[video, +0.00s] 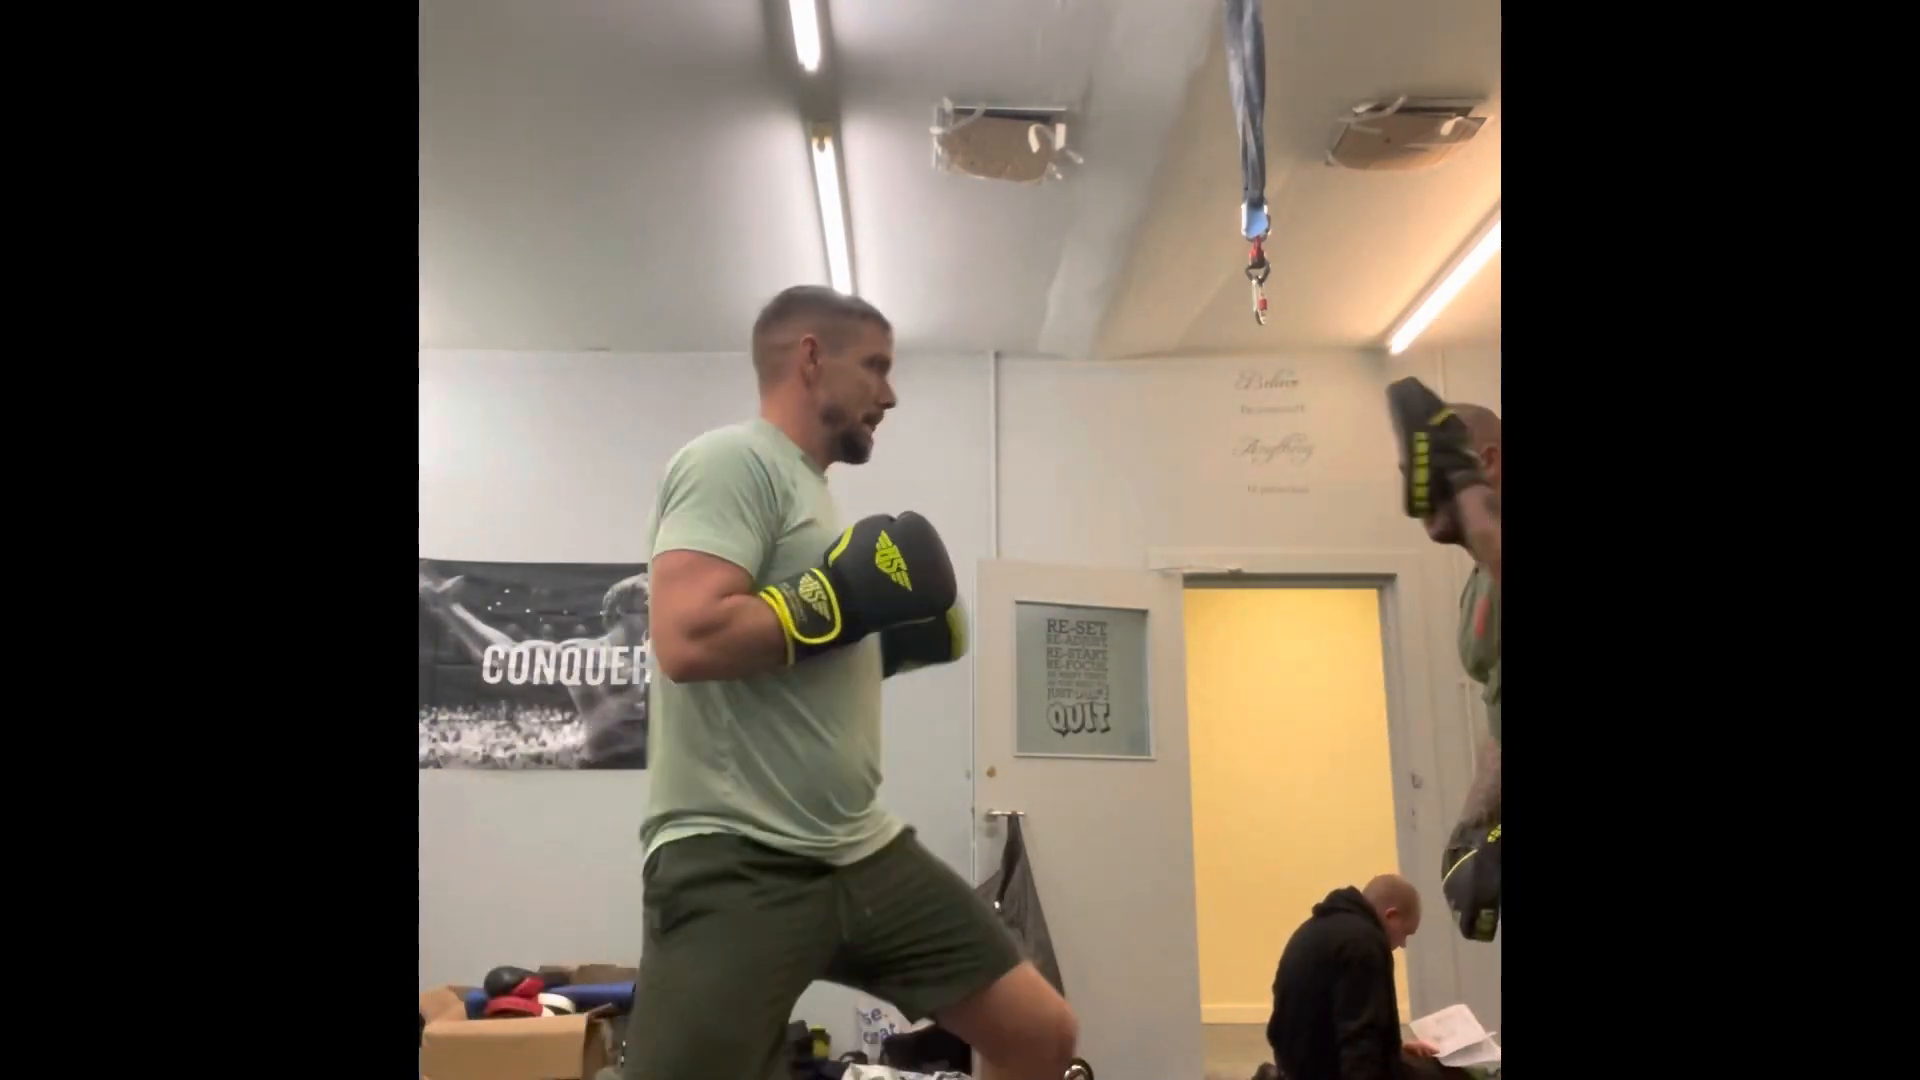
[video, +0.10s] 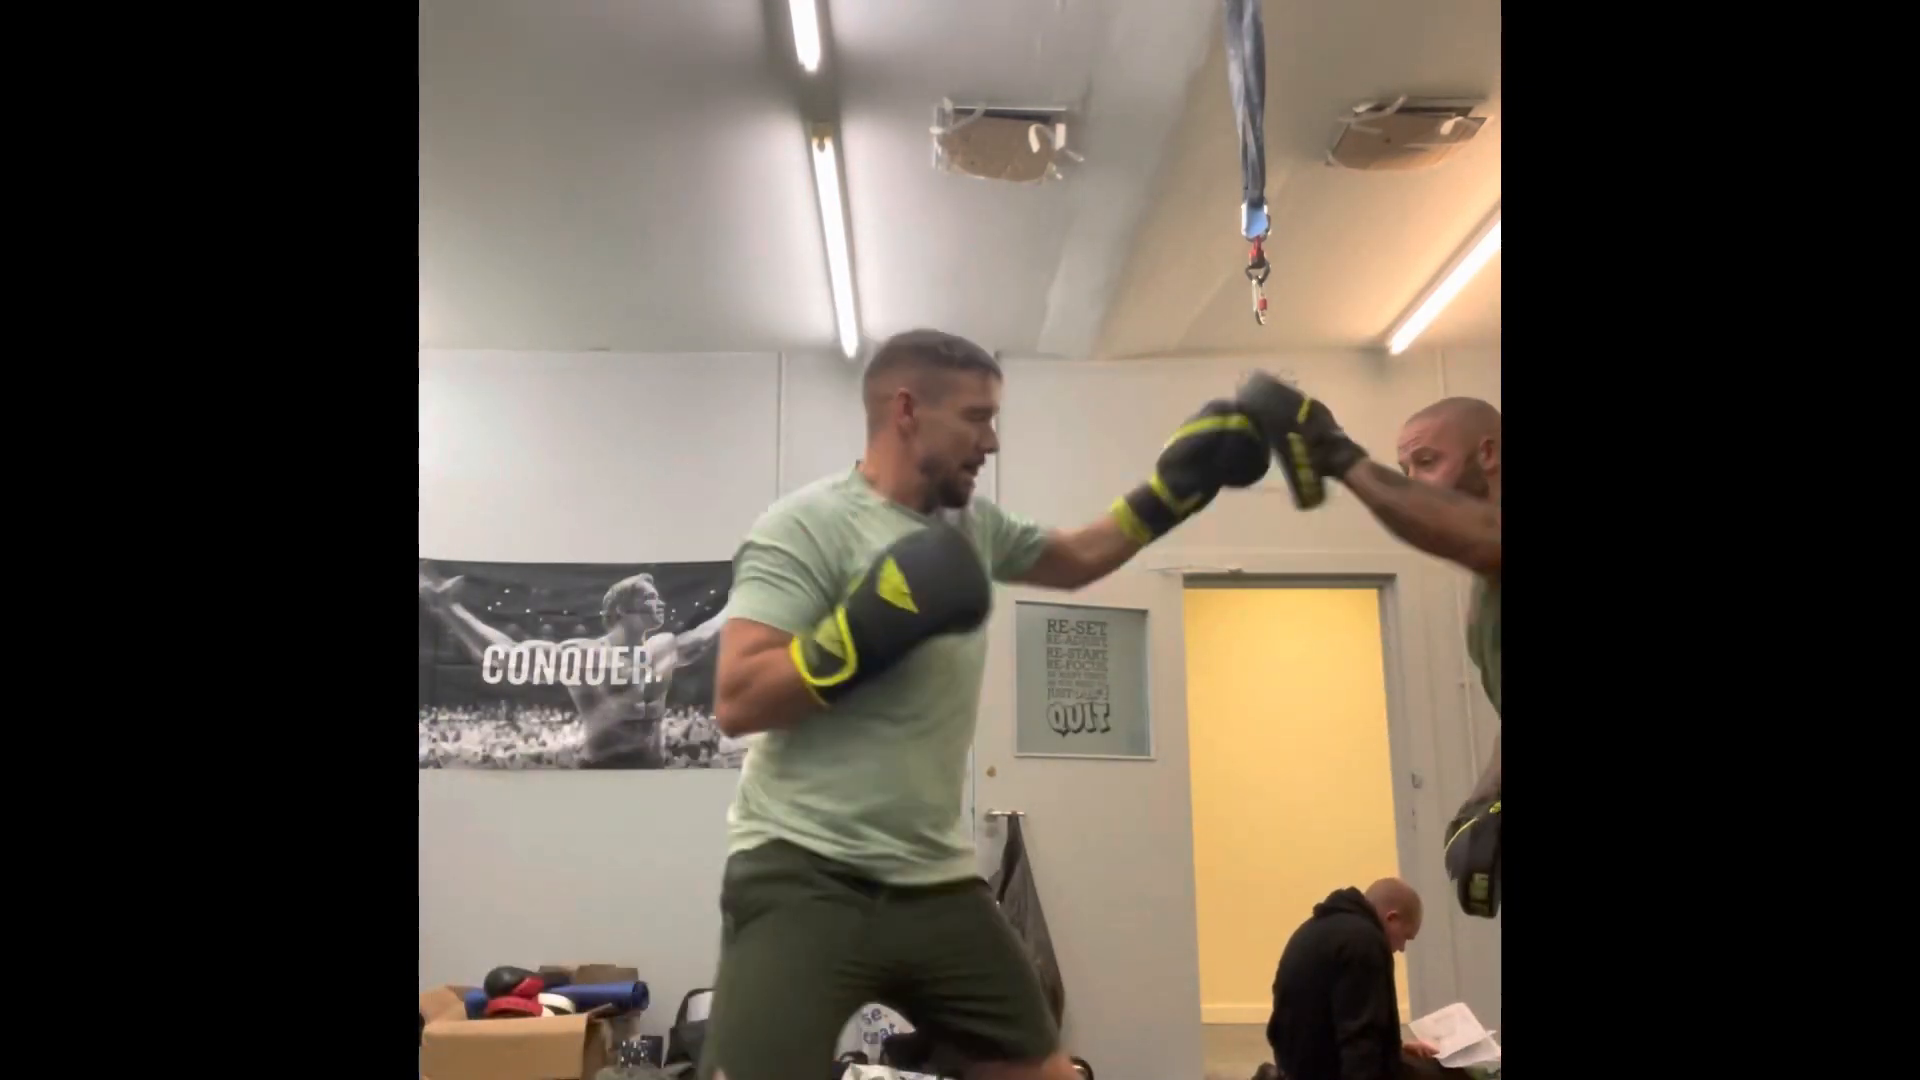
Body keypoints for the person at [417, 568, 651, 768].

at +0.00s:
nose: (649, 619)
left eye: (651, 610)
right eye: (642, 610)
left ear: (657, 611)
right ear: (618, 612)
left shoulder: (667, 649)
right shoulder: (582, 654)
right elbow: (508, 654)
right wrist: (447, 607)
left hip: (663, 760)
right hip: (610, 760)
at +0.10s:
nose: (659, 606)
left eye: (658, 600)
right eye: (648, 601)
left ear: (657, 610)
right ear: (621, 612)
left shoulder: (665, 649)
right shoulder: (583, 656)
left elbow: (716, 626)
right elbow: (506, 653)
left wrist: (748, 590)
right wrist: (449, 608)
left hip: (650, 771)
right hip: (598, 773)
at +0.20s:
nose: (661, 609)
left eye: (659, 602)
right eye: (652, 602)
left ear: (649, 611)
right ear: (625, 611)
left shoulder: (664, 649)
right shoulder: (579, 655)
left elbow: (706, 637)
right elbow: (505, 652)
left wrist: (736, 605)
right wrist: (448, 608)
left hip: (651, 773)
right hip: (597, 775)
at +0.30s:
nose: (663, 608)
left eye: (661, 601)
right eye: (652, 602)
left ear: (645, 612)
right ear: (624, 612)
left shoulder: (665, 648)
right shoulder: (578, 654)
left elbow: (707, 635)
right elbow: (504, 652)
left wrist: (735, 604)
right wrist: (449, 607)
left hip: (649, 771)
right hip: (594, 773)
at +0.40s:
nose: (663, 607)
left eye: (660, 600)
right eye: (652, 601)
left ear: (642, 612)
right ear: (624, 612)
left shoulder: (665, 647)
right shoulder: (579, 655)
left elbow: (707, 635)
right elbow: (504, 652)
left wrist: (736, 605)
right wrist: (449, 607)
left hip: (649, 772)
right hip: (594, 774)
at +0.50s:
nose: (662, 606)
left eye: (660, 599)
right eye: (651, 601)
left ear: (648, 611)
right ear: (623, 611)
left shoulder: (665, 649)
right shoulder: (580, 655)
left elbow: (708, 634)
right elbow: (507, 652)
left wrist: (734, 603)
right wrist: (450, 608)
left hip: (649, 774)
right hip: (594, 774)